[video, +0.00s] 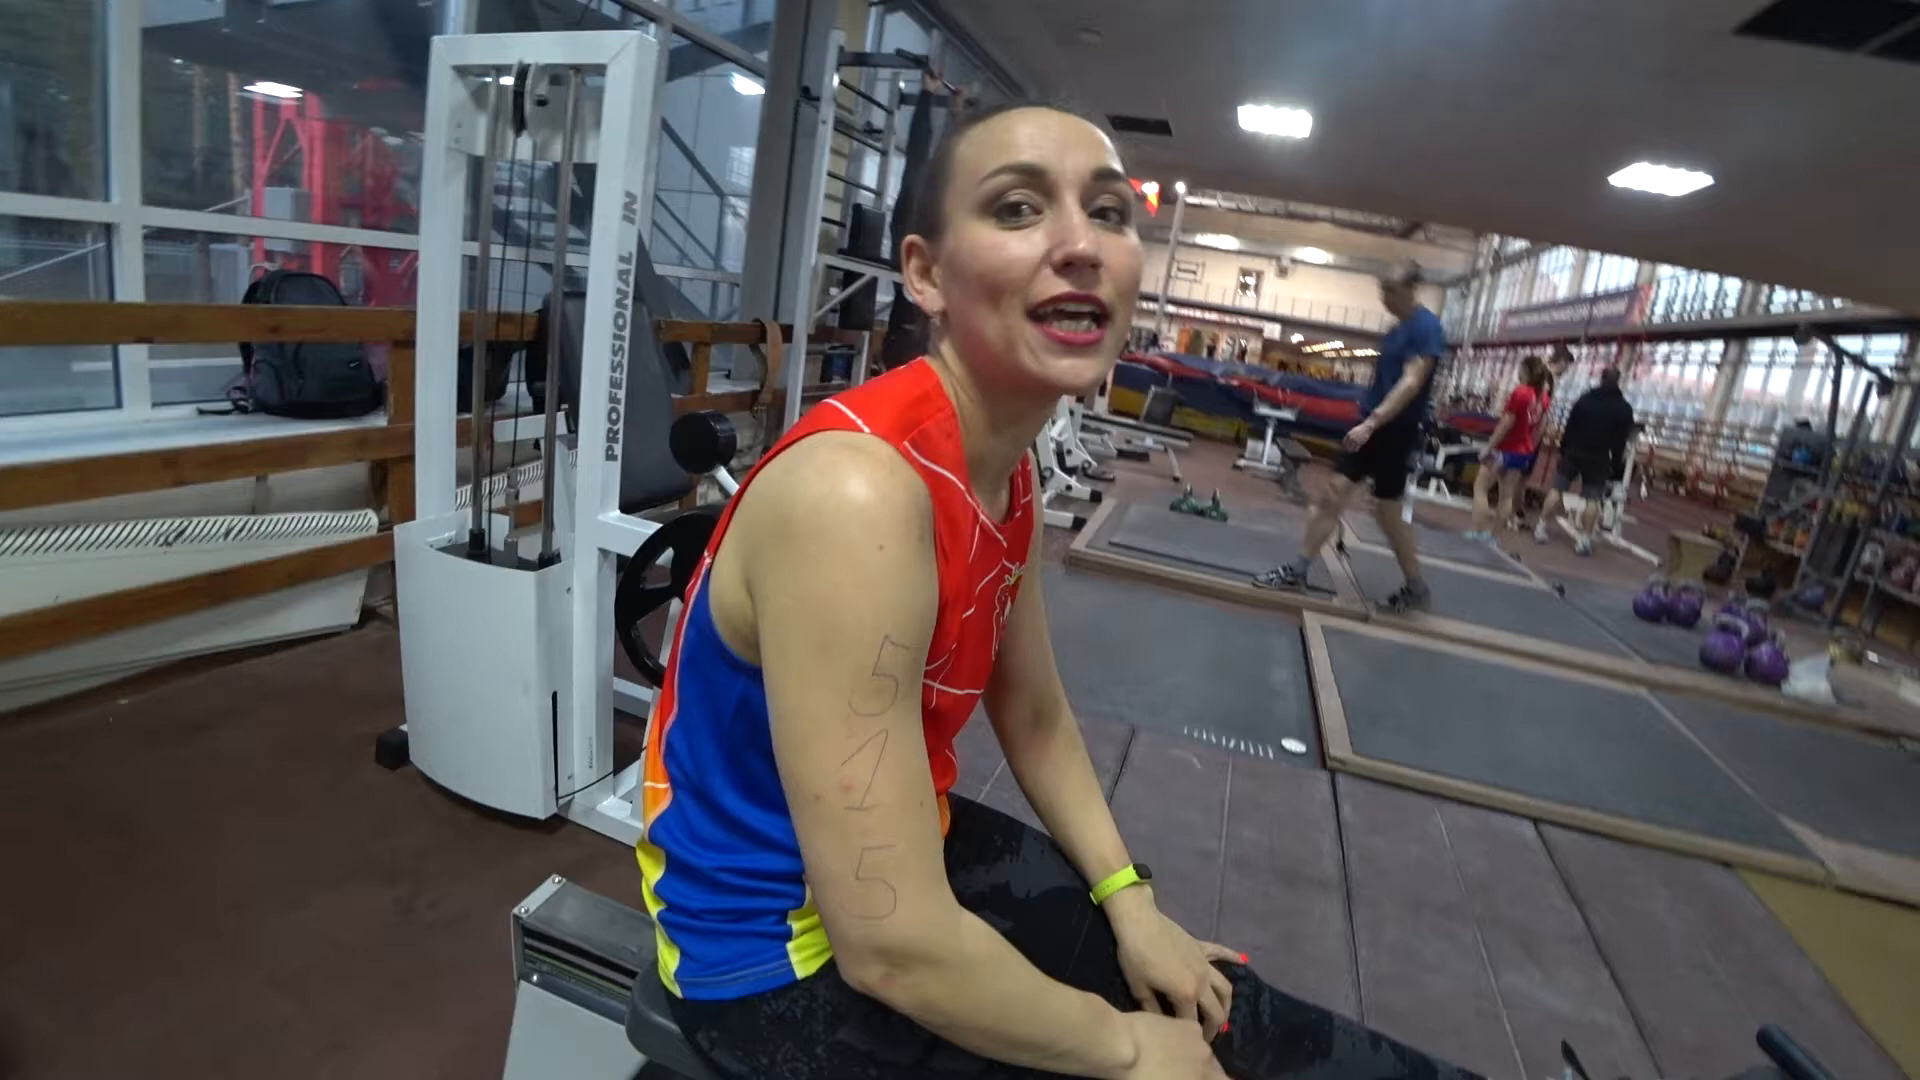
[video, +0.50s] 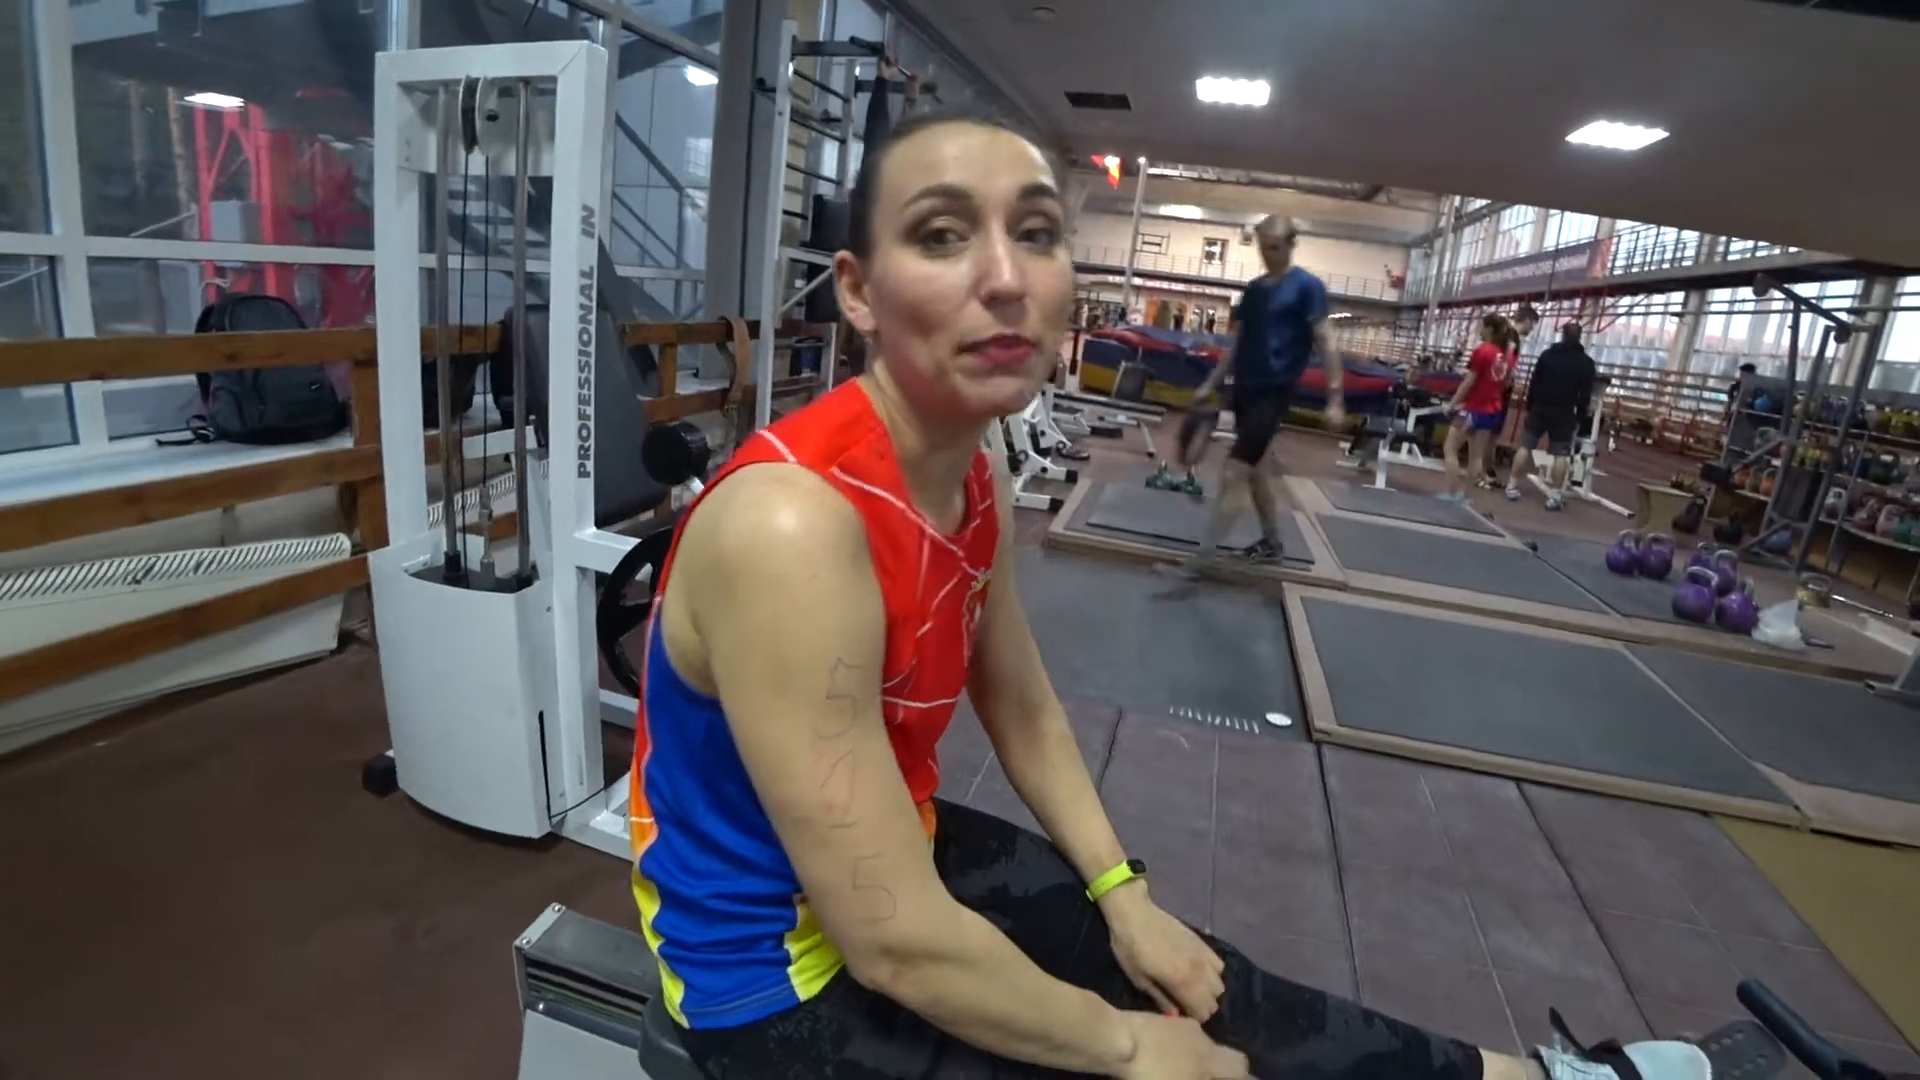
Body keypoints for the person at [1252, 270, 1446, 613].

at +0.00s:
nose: (1384, 297)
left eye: (1390, 291)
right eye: (1383, 290)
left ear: (1409, 290)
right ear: (1395, 291)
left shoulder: (1425, 326)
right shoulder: (1400, 328)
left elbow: (1412, 382)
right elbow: (1389, 381)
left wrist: (1370, 424)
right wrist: (1367, 417)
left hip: (1396, 431)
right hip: (1375, 425)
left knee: (1388, 511)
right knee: (1333, 494)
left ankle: (1416, 586)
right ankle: (1298, 570)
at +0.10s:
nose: (1366, 285)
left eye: (1372, 278)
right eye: (1365, 278)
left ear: (1389, 276)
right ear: (1368, 279)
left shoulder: (1406, 312)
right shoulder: (1377, 315)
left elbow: (1400, 370)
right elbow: (1369, 367)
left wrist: (1371, 419)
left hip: (1375, 415)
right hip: (1356, 412)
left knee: (1323, 478)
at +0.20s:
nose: (1336, 269)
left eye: (1342, 261)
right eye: (1334, 262)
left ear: (1361, 260)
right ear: (1336, 262)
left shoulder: (1381, 296)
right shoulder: (1339, 305)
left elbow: (1391, 354)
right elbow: (1330, 363)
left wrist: (1375, 408)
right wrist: (1305, 405)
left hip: (1353, 401)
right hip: (1325, 397)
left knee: (1309, 475)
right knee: (1301, 472)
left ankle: (1359, 541)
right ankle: (1288, 551)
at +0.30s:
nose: (1315, 257)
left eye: (1322, 250)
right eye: (1312, 250)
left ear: (1339, 249)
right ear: (1308, 250)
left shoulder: (1357, 287)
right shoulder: (1310, 294)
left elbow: (1379, 342)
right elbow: (1302, 348)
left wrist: (1374, 399)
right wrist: (1285, 385)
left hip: (1330, 390)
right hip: (1300, 388)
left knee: (1285, 466)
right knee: (1283, 467)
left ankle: (1312, 546)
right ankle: (1286, 545)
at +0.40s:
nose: (1291, 252)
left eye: (1298, 246)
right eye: (1287, 245)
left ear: (1316, 245)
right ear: (1284, 245)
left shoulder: (1334, 285)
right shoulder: (1282, 289)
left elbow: (1358, 339)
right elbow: (1270, 343)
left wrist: (1361, 394)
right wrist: (1246, 380)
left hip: (1302, 389)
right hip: (1272, 386)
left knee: (1258, 466)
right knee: (1273, 469)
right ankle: (1278, 544)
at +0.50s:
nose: (1270, 253)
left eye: (1276, 246)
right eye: (1265, 246)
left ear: (1291, 245)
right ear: (1258, 245)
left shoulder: (1307, 287)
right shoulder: (1255, 289)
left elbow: (1327, 342)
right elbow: (1236, 345)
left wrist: (1335, 399)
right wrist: (1210, 384)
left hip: (1276, 391)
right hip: (1246, 388)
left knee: (1234, 469)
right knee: (1258, 468)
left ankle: (1204, 555)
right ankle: (1271, 541)